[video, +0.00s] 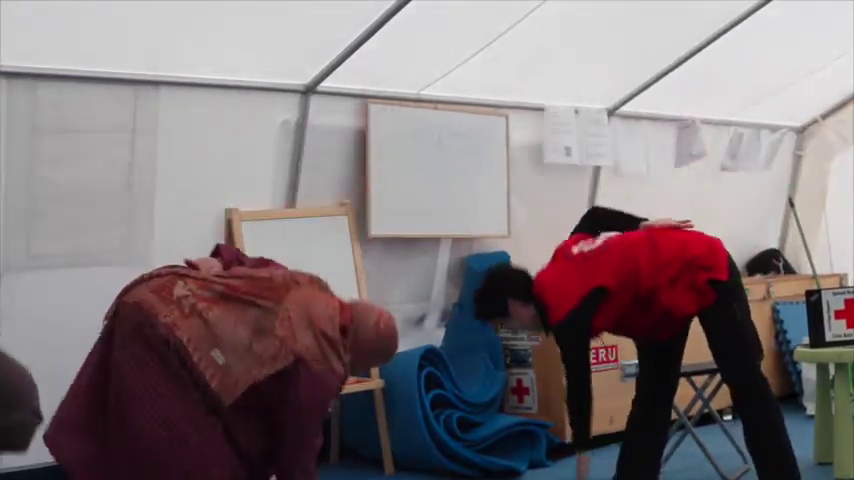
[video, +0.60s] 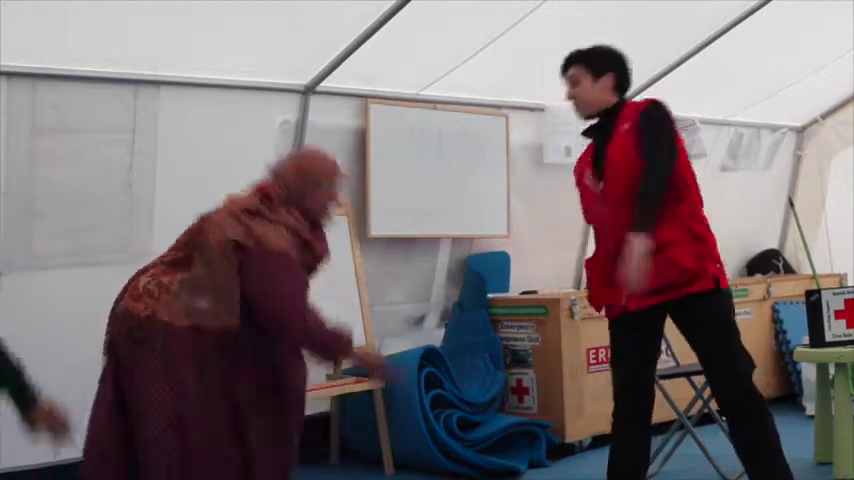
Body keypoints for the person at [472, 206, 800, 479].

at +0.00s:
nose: (512, 328)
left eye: (506, 320)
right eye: (505, 323)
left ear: (516, 304)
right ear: (519, 295)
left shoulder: (566, 311)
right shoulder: (561, 262)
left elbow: (579, 387)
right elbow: (594, 215)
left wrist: (582, 456)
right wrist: (646, 226)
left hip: (705, 268)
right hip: (660, 293)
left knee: (747, 385)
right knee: (652, 399)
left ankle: (780, 470)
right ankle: (635, 472)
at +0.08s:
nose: (504, 295)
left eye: (501, 284)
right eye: (497, 288)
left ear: (517, 269)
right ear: (518, 265)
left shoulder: (562, 282)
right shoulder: (558, 249)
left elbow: (568, 359)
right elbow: (606, 206)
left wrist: (567, 427)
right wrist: (662, 226)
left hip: (706, 268)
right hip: (659, 291)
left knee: (746, 381)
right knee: (652, 400)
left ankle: (780, 473)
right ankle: (635, 475)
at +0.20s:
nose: (497, 238)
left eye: (497, 226)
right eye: (493, 230)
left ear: (517, 212)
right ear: (517, 214)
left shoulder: (566, 229)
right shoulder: (556, 231)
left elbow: (558, 311)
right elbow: (556, 311)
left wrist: (545, 380)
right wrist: (545, 374)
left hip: (707, 270)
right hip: (657, 290)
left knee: (746, 385)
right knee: (648, 400)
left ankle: (777, 475)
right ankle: (633, 476)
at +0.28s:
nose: (504, 193)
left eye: (507, 181)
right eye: (500, 184)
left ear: (531, 170)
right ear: (528, 174)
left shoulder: (573, 191)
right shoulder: (557, 202)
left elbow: (557, 274)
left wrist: (536, 341)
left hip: (703, 270)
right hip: (650, 289)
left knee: (744, 386)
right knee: (645, 403)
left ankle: (777, 473)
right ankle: (631, 474)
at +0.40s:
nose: (525, 139)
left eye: (529, 127)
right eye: (522, 131)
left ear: (557, 117)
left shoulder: (596, 144)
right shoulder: (574, 178)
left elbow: (580, 216)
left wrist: (547, 283)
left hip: (696, 269)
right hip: (644, 286)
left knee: (739, 387)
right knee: (638, 402)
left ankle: (775, 473)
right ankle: (628, 474)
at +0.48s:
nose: (543, 113)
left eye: (547, 102)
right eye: (540, 106)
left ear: (577, 95)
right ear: (569, 102)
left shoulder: (616, 125)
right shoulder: (578, 169)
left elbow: (604, 190)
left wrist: (574, 251)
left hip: (689, 270)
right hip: (638, 287)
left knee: (736, 387)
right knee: (634, 406)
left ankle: (774, 475)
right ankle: (627, 476)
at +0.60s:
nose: (569, 94)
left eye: (575, 82)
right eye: (567, 85)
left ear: (608, 80)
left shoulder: (648, 113)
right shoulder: (586, 162)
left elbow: (657, 173)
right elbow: (605, 228)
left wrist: (642, 233)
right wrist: (604, 282)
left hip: (688, 273)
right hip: (629, 288)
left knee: (734, 387)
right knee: (630, 408)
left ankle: (772, 475)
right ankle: (623, 477)